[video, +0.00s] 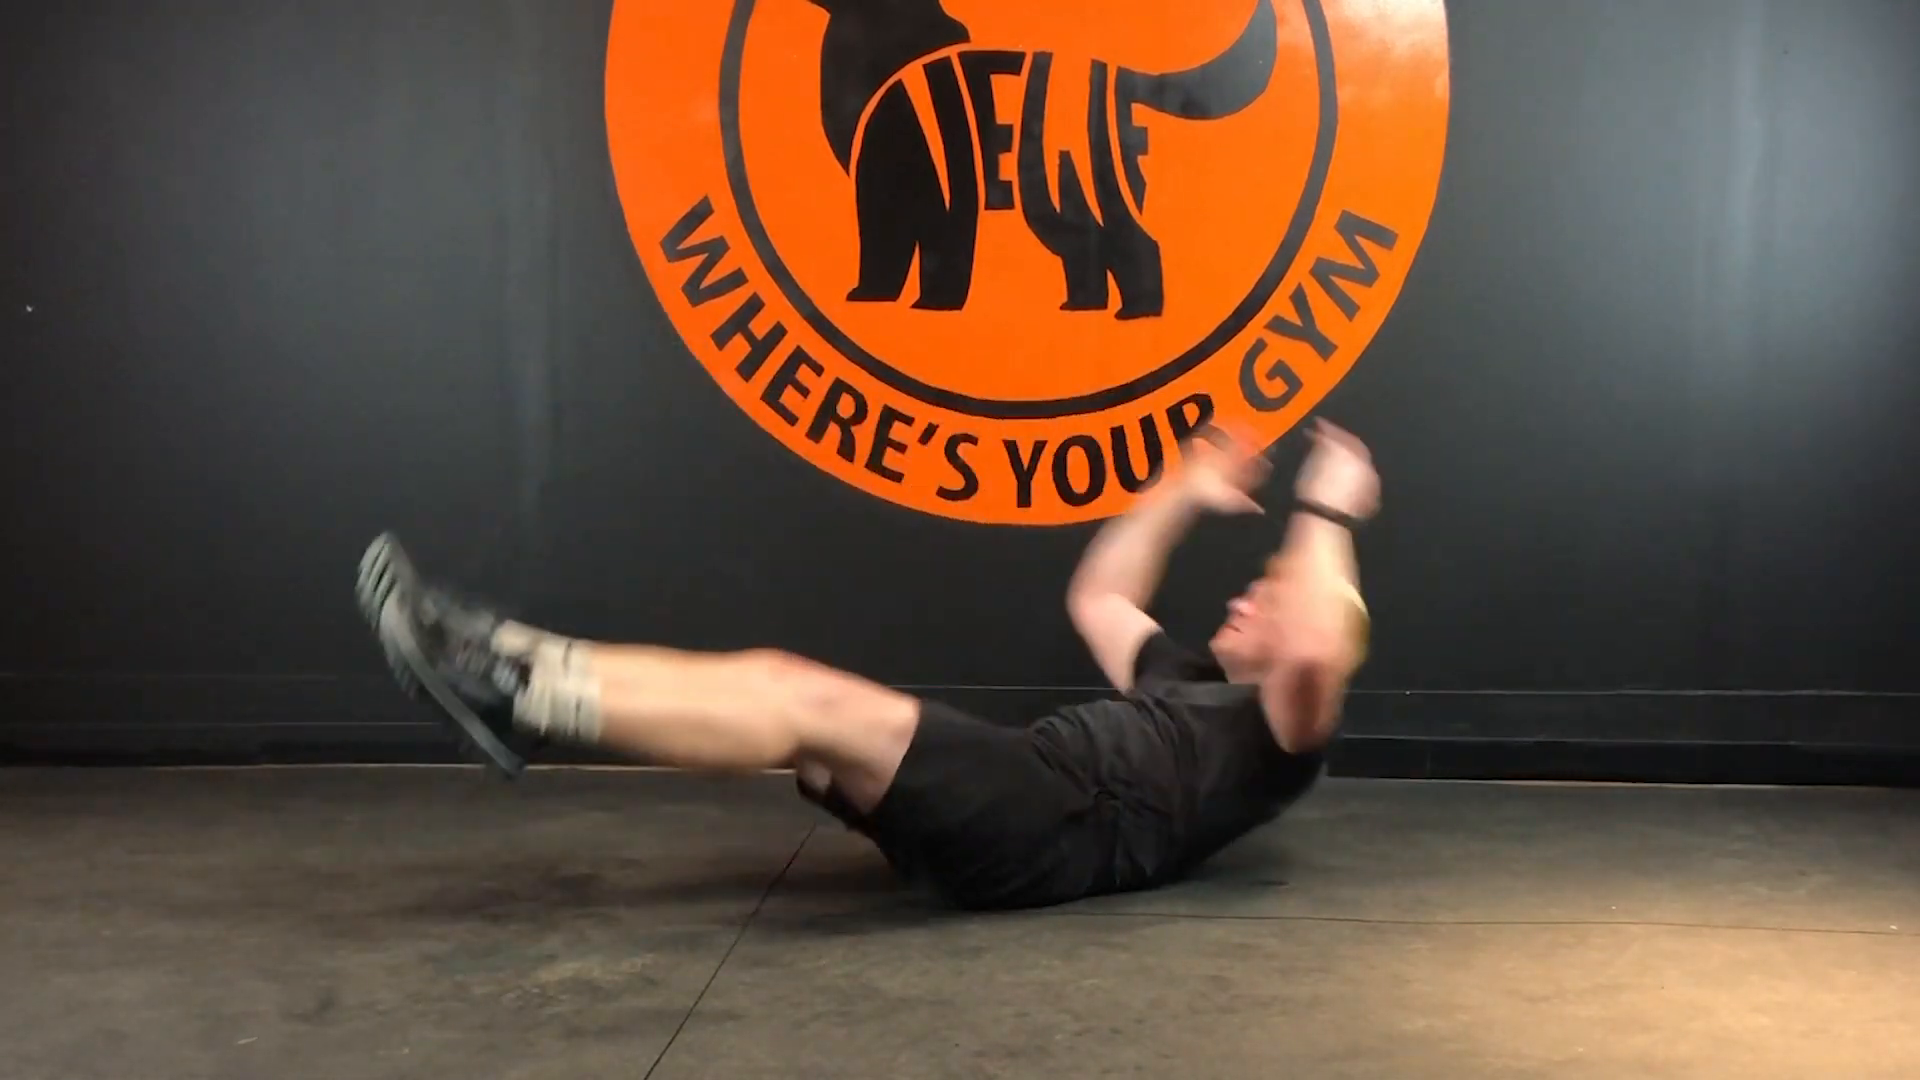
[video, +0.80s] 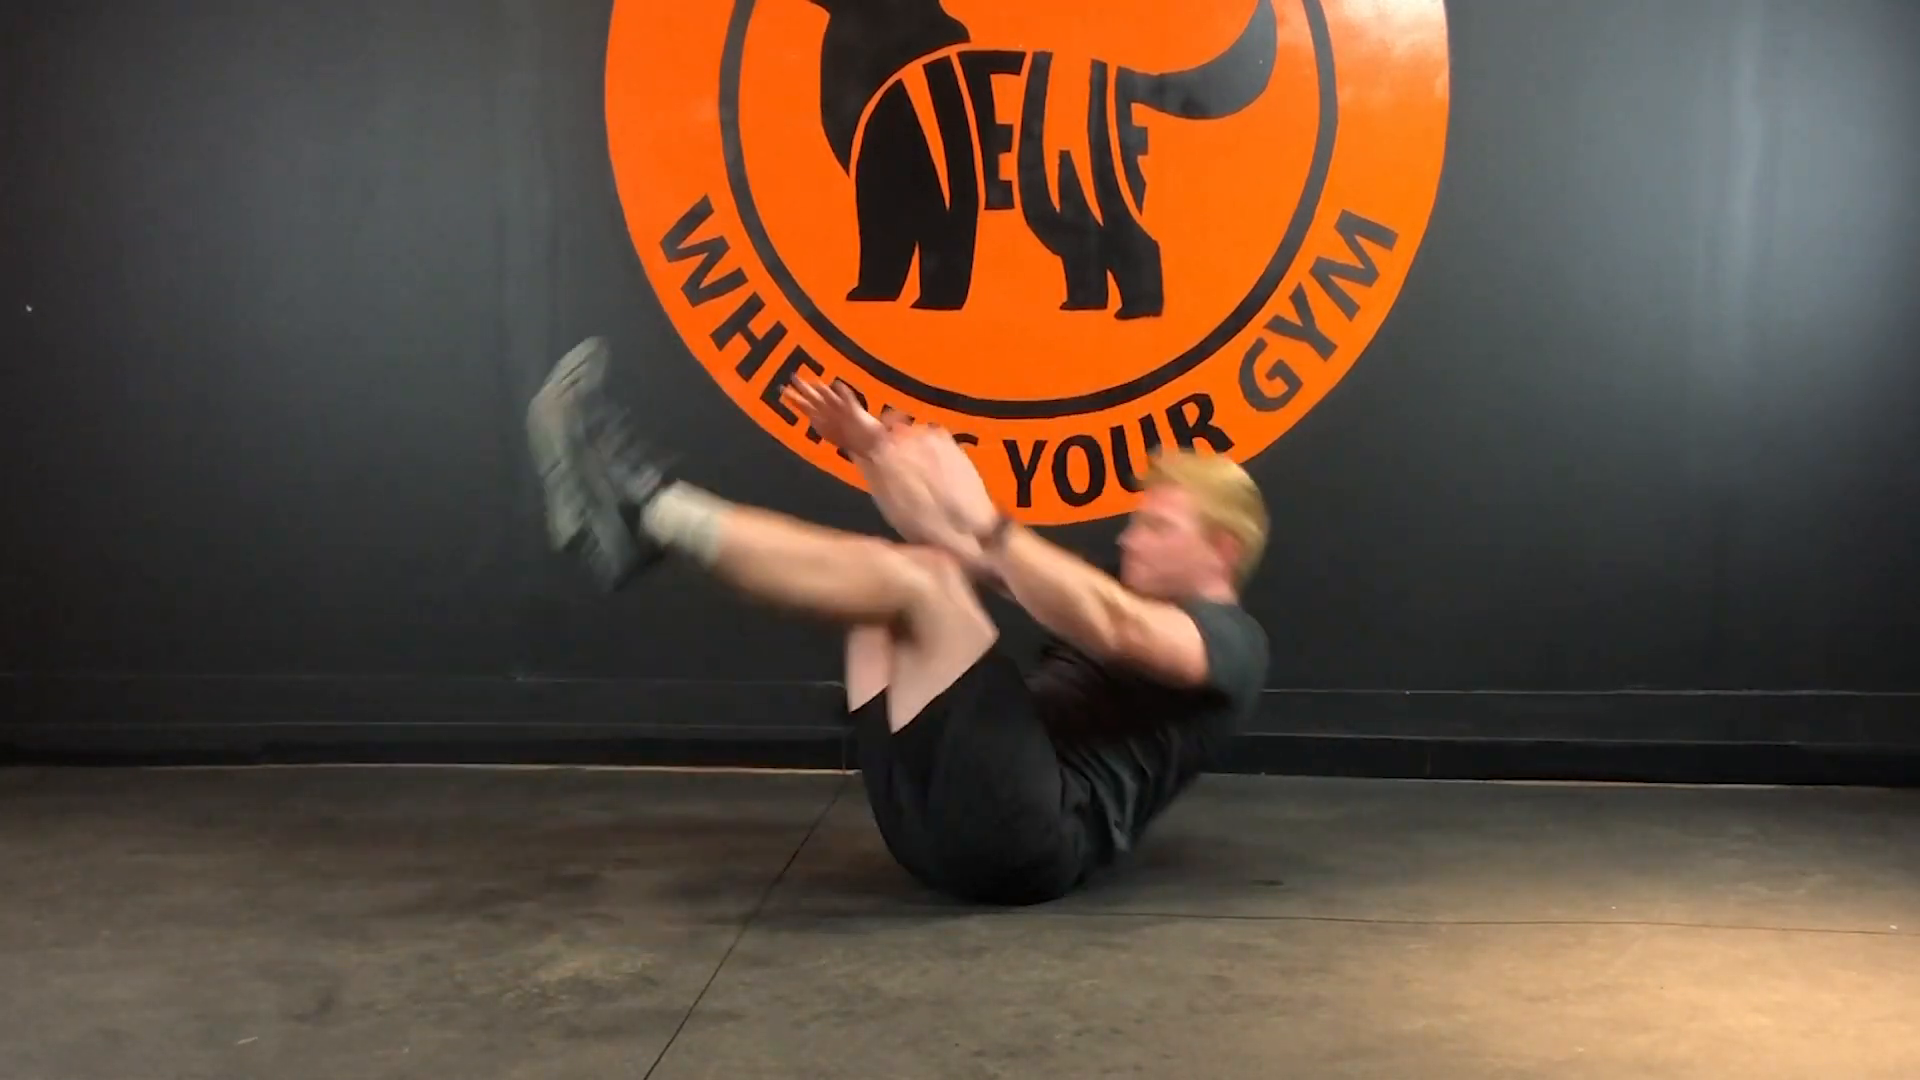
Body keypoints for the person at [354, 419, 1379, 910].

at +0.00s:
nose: (1240, 604)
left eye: (1270, 597)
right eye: (1251, 591)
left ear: (1309, 649)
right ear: (1240, 613)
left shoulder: (1267, 731)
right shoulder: (1181, 687)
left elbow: (1322, 647)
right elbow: (1105, 600)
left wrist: (1326, 521)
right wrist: (1182, 490)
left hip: (1055, 825)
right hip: (1004, 798)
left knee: (810, 701)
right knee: (790, 695)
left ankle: (529, 692)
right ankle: (523, 686)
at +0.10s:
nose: (1297, 640)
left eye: (1322, 642)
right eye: (1297, 629)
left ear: (1352, 690)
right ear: (1279, 648)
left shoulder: (1297, 769)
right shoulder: (1205, 703)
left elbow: (1423, 701)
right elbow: (1181, 636)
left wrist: (1461, 604)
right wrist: (1299, 572)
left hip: (1055, 819)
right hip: (1013, 766)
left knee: (811, 751)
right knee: (774, 743)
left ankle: (514, 741)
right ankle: (509, 743)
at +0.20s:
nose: (1331, 671)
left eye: (1356, 686)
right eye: (1343, 665)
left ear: (1365, 737)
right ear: (1309, 681)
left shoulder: (1329, 787)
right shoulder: (1222, 726)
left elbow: (1497, 776)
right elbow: (1216, 684)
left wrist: (1539, 706)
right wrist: (1315, 690)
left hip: (1045, 809)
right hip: (983, 754)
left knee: (818, 777)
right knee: (767, 739)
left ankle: (499, 781)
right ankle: (491, 782)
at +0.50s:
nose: (1320, 689)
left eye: (1345, 693)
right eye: (1320, 680)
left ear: (1365, 737)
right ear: (1293, 699)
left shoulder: (1313, 789)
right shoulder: (1225, 739)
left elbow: (1394, 704)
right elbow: (1186, 618)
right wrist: (1307, 552)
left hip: (1051, 818)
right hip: (1004, 775)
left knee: (810, 743)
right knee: (779, 740)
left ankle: (510, 755)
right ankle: (508, 758)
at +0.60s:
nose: (1294, 640)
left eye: (1319, 646)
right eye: (1297, 628)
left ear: (1346, 694)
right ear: (1284, 639)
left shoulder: (1306, 747)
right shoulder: (1223, 698)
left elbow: (1227, 675)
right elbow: (1132, 607)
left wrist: (1147, 545)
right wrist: (1086, 508)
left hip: (1052, 830)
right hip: (1002, 794)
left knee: (832, 691)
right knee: (801, 688)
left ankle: (536, 692)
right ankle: (528, 707)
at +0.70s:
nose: (1201, 584)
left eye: (1228, 576)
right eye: (1212, 568)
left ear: (1285, 618)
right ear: (1245, 602)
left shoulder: (1273, 700)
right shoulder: (1177, 654)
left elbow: (1160, 683)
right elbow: (1066, 598)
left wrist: (1032, 584)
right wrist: (954, 494)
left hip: (1039, 838)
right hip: (982, 815)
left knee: (874, 619)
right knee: (838, 617)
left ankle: (585, 609)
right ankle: (568, 608)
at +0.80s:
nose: (1134, 538)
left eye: (1157, 525)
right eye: (1138, 521)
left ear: (1220, 554)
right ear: (1138, 530)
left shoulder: (1233, 641)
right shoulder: (1108, 620)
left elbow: (1122, 632)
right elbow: (973, 566)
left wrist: (992, 532)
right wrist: (871, 454)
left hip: (1023, 833)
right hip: (948, 826)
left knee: (930, 583)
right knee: (891, 580)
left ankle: (656, 514)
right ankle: (626, 511)